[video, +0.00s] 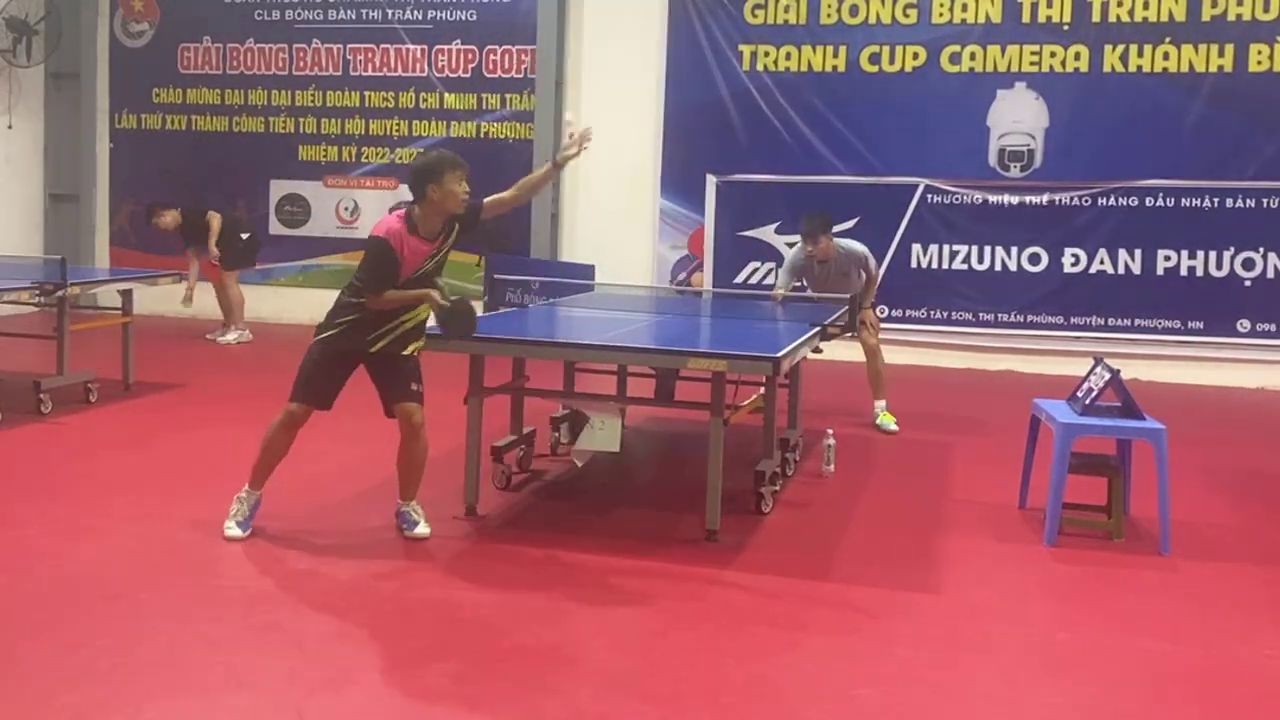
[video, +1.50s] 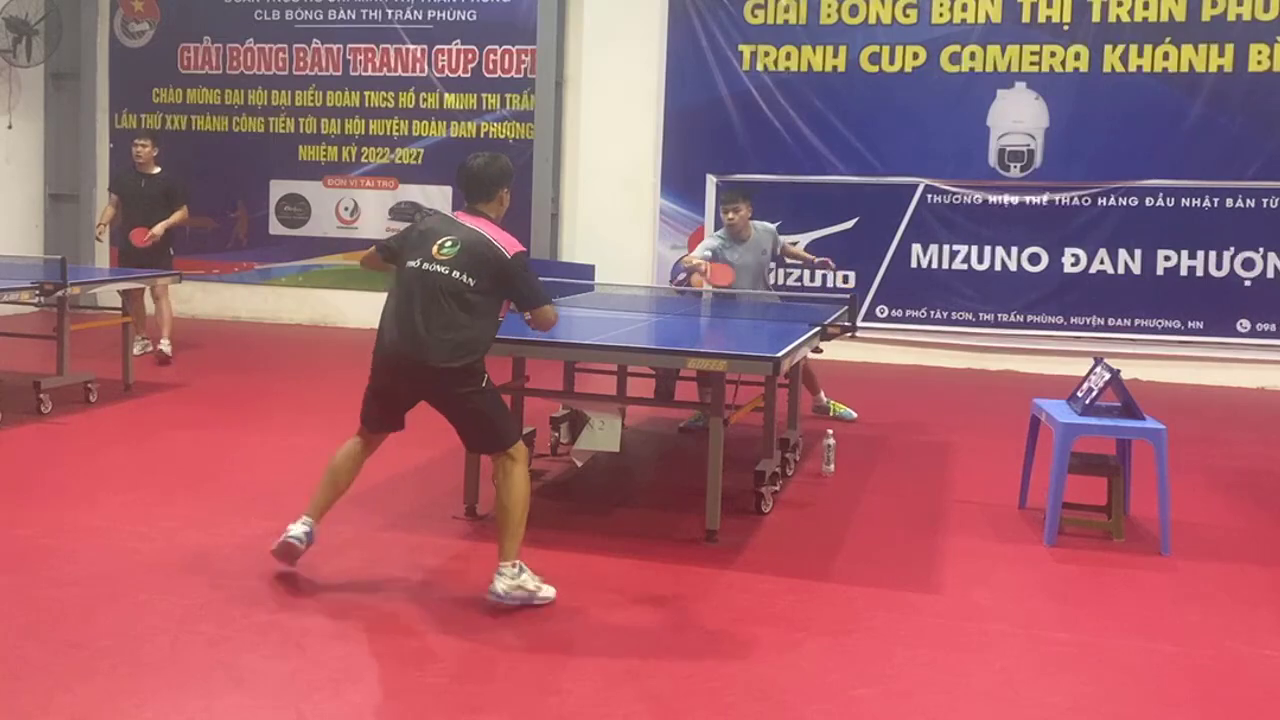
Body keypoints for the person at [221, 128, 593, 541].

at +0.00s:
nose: (468, 191)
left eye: (466, 183)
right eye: (459, 183)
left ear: (444, 191)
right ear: (431, 192)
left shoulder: (454, 219)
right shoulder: (390, 233)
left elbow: (511, 198)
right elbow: (373, 298)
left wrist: (558, 161)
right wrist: (425, 294)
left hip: (400, 334)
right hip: (347, 330)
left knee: (414, 420)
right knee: (295, 414)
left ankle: (408, 506)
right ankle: (249, 495)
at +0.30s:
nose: (431, 176)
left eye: (426, 170)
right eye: (421, 171)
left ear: (408, 186)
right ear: (398, 188)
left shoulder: (430, 214)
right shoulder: (367, 237)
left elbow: (487, 194)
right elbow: (369, 305)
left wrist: (538, 170)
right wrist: (418, 283)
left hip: (393, 340)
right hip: (339, 340)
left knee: (418, 416)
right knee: (293, 423)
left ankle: (408, 505)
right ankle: (255, 502)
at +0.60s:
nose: (426, 229)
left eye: (423, 222)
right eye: (419, 225)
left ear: (411, 228)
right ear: (395, 234)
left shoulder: (417, 241)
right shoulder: (359, 255)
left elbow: (446, 222)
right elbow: (318, 300)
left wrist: (479, 205)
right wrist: (364, 272)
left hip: (384, 350)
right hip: (332, 357)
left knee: (438, 416)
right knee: (288, 442)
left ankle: (393, 482)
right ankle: (256, 506)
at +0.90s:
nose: (503, 237)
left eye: (505, 229)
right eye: (503, 229)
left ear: (472, 221)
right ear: (489, 228)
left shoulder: (449, 243)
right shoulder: (436, 254)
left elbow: (405, 252)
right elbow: (394, 271)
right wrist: (425, 326)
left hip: (397, 349)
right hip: (362, 350)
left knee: (448, 427)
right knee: (381, 446)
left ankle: (402, 501)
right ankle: (293, 482)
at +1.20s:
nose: (514, 203)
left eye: (515, 196)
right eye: (515, 196)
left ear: (471, 191)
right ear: (506, 197)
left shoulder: (435, 220)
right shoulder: (482, 243)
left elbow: (380, 249)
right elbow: (474, 305)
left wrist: (375, 259)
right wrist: (501, 334)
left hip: (386, 347)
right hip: (419, 352)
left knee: (421, 430)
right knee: (476, 448)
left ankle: (373, 519)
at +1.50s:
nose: (509, 199)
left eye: (507, 192)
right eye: (509, 193)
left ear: (463, 193)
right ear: (502, 197)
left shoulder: (426, 225)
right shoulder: (506, 249)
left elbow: (370, 259)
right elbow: (545, 319)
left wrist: (415, 265)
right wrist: (524, 300)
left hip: (393, 360)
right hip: (453, 368)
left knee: (365, 438)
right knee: (513, 453)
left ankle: (305, 524)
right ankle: (510, 571)